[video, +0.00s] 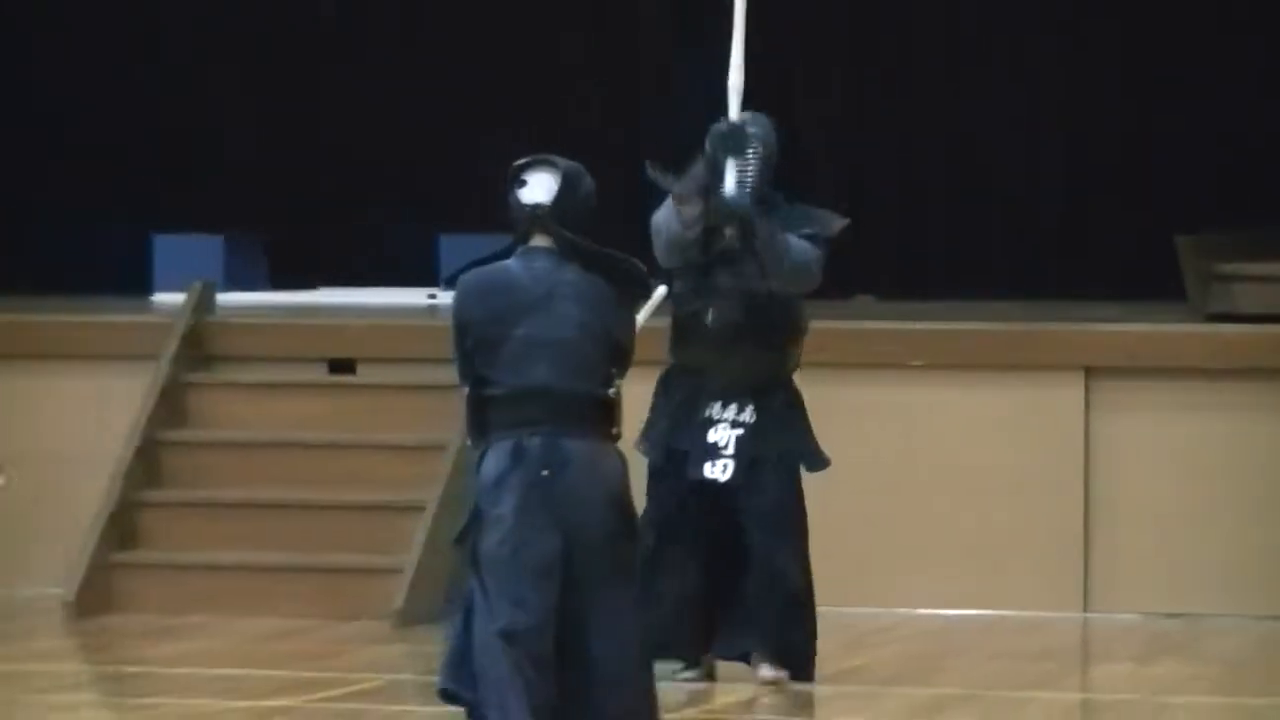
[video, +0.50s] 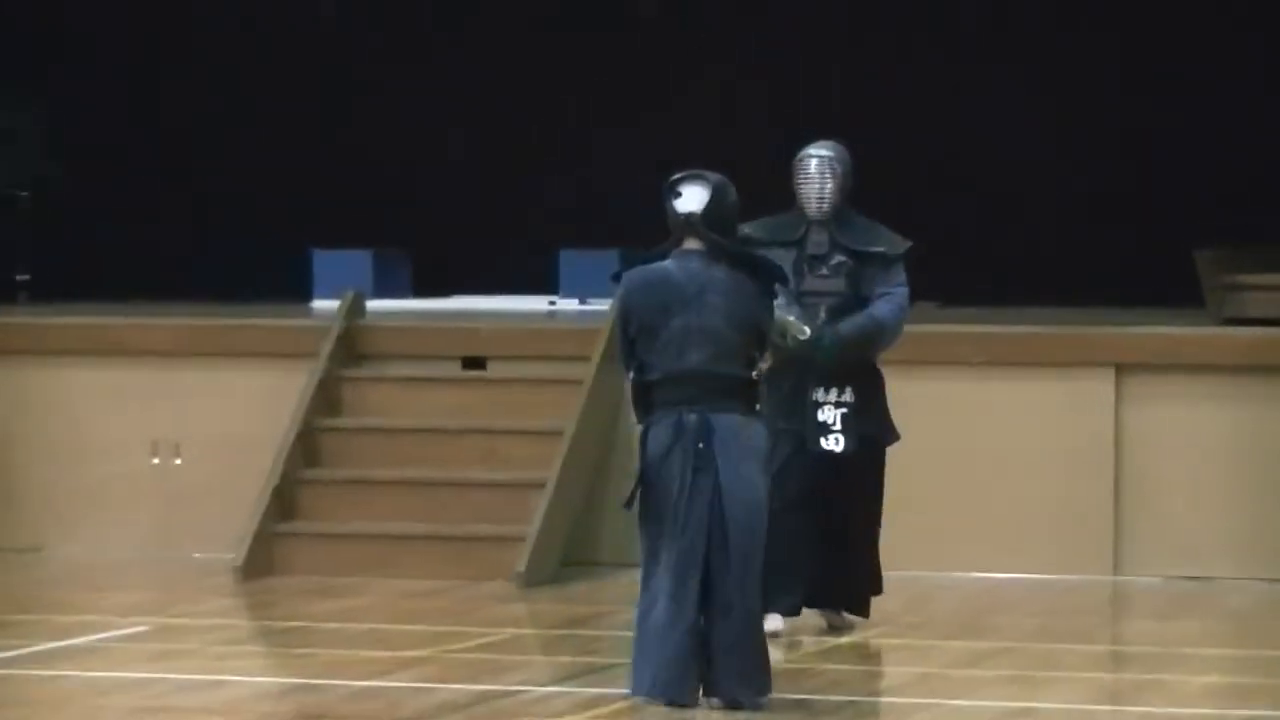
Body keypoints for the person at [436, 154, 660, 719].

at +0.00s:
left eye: (521, 206)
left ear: (517, 214)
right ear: (579, 218)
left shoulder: (476, 286)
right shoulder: (603, 292)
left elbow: (471, 372)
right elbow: (619, 361)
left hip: (509, 456)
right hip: (591, 456)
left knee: (512, 617)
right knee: (608, 611)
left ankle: (512, 710)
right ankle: (616, 709)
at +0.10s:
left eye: (556, 212)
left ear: (550, 216)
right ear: (611, 219)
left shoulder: (510, 285)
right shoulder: (637, 291)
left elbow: (504, 372)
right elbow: (647, 362)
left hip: (545, 451)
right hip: (625, 453)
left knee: (539, 602)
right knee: (631, 599)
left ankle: (535, 706)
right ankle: (634, 706)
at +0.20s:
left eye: (582, 212)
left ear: (584, 217)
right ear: (644, 220)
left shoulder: (546, 283)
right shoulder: (669, 288)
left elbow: (540, 364)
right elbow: (675, 363)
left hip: (581, 435)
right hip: (657, 438)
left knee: (576, 572)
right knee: (656, 575)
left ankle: (556, 699)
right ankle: (656, 700)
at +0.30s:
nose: (628, 221)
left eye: (627, 212)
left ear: (625, 217)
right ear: (683, 220)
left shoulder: (589, 282)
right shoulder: (709, 284)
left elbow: (583, 359)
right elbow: (718, 352)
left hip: (622, 430)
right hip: (697, 431)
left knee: (619, 565)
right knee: (696, 570)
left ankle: (592, 694)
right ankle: (692, 699)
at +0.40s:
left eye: (666, 215)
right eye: (715, 216)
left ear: (662, 218)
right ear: (719, 219)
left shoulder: (629, 282)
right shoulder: (741, 280)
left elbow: (619, 355)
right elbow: (751, 349)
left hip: (659, 429)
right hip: (729, 430)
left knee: (660, 553)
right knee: (731, 556)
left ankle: (638, 687)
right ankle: (733, 693)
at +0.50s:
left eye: (678, 216)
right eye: (723, 219)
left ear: (671, 221)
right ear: (727, 222)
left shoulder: (639, 283)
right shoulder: (751, 284)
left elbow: (628, 359)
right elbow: (759, 353)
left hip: (667, 426)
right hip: (736, 427)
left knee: (671, 547)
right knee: (739, 549)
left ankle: (667, 680)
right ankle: (735, 681)